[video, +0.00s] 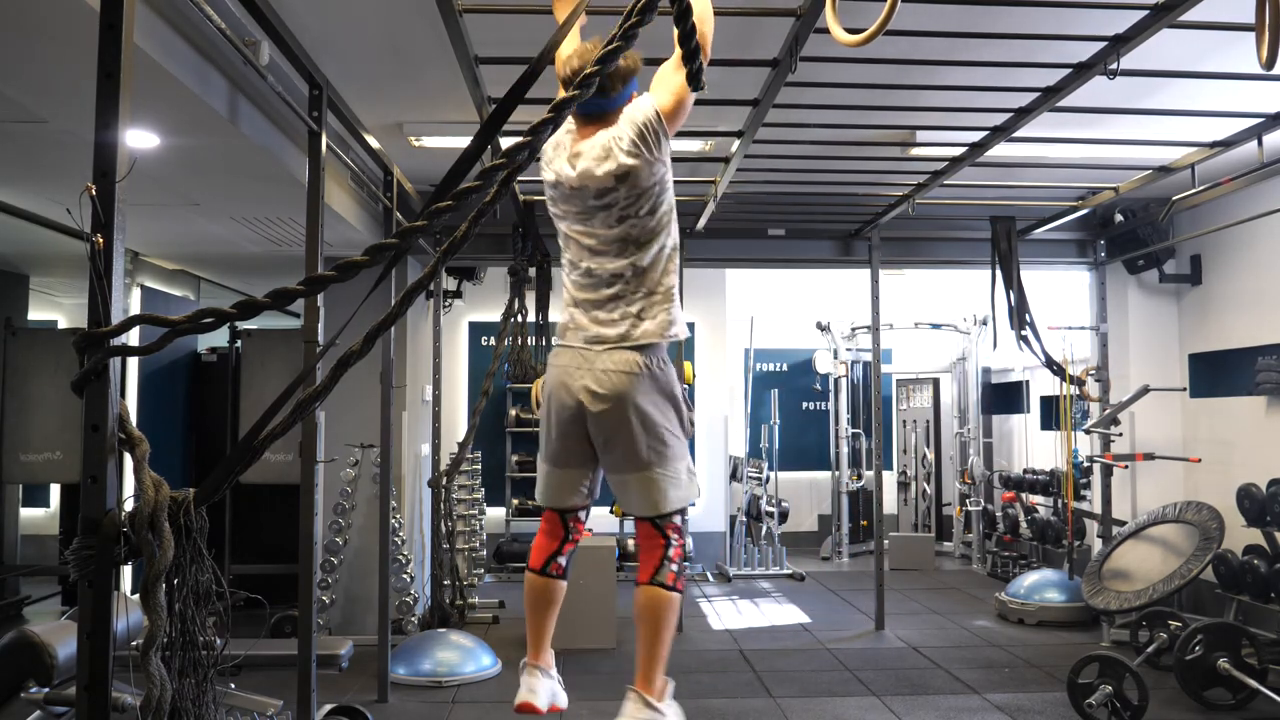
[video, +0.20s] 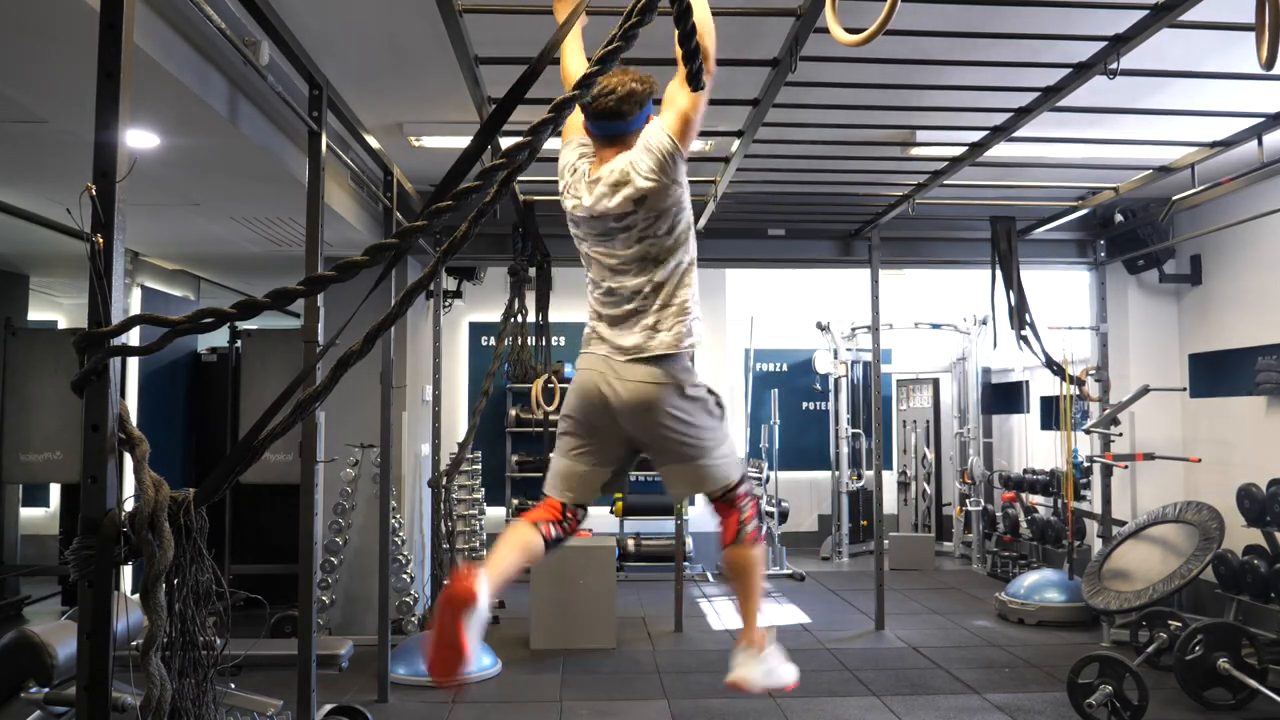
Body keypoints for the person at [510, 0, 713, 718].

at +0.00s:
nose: (644, 89)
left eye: (631, 80)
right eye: (638, 81)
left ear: (572, 95)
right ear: (628, 94)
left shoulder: (556, 156)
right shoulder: (641, 137)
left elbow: (569, 67)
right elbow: (697, 50)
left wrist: (570, 15)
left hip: (566, 364)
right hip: (633, 366)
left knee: (556, 524)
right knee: (661, 533)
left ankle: (537, 672)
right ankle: (648, 693)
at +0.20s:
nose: (660, 115)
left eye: (653, 109)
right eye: (653, 111)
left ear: (591, 124)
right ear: (642, 123)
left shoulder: (575, 171)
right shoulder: (657, 160)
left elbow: (577, 89)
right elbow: (700, 65)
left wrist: (569, 19)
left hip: (594, 371)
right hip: (660, 374)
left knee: (556, 511)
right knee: (739, 507)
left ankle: (478, 585)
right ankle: (754, 647)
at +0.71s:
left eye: (629, 139)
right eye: (672, 142)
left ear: (632, 154)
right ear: (676, 154)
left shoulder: (617, 188)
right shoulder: (697, 196)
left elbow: (591, 99)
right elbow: (694, 123)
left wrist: (572, 25)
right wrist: (690, 52)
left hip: (611, 359)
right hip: (668, 378)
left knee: (503, 410)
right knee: (596, 506)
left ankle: (416, 503)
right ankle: (531, 623)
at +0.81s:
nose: (671, 156)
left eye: (611, 146)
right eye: (665, 148)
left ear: (614, 160)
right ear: (662, 165)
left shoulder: (606, 196)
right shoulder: (679, 214)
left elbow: (582, 107)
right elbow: (684, 141)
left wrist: (572, 30)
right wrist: (689, 85)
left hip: (580, 363)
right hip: (634, 384)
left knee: (485, 406)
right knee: (571, 512)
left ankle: (436, 496)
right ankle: (522, 620)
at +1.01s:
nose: (625, 175)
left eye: (596, 166)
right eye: (628, 165)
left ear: (580, 172)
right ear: (633, 175)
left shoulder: (548, 209)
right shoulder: (642, 221)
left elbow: (511, 163)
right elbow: (665, 148)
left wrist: (564, 125)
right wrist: (682, 91)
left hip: (535, 364)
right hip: (595, 376)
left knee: (464, 396)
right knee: (604, 506)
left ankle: (441, 458)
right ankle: (604, 622)